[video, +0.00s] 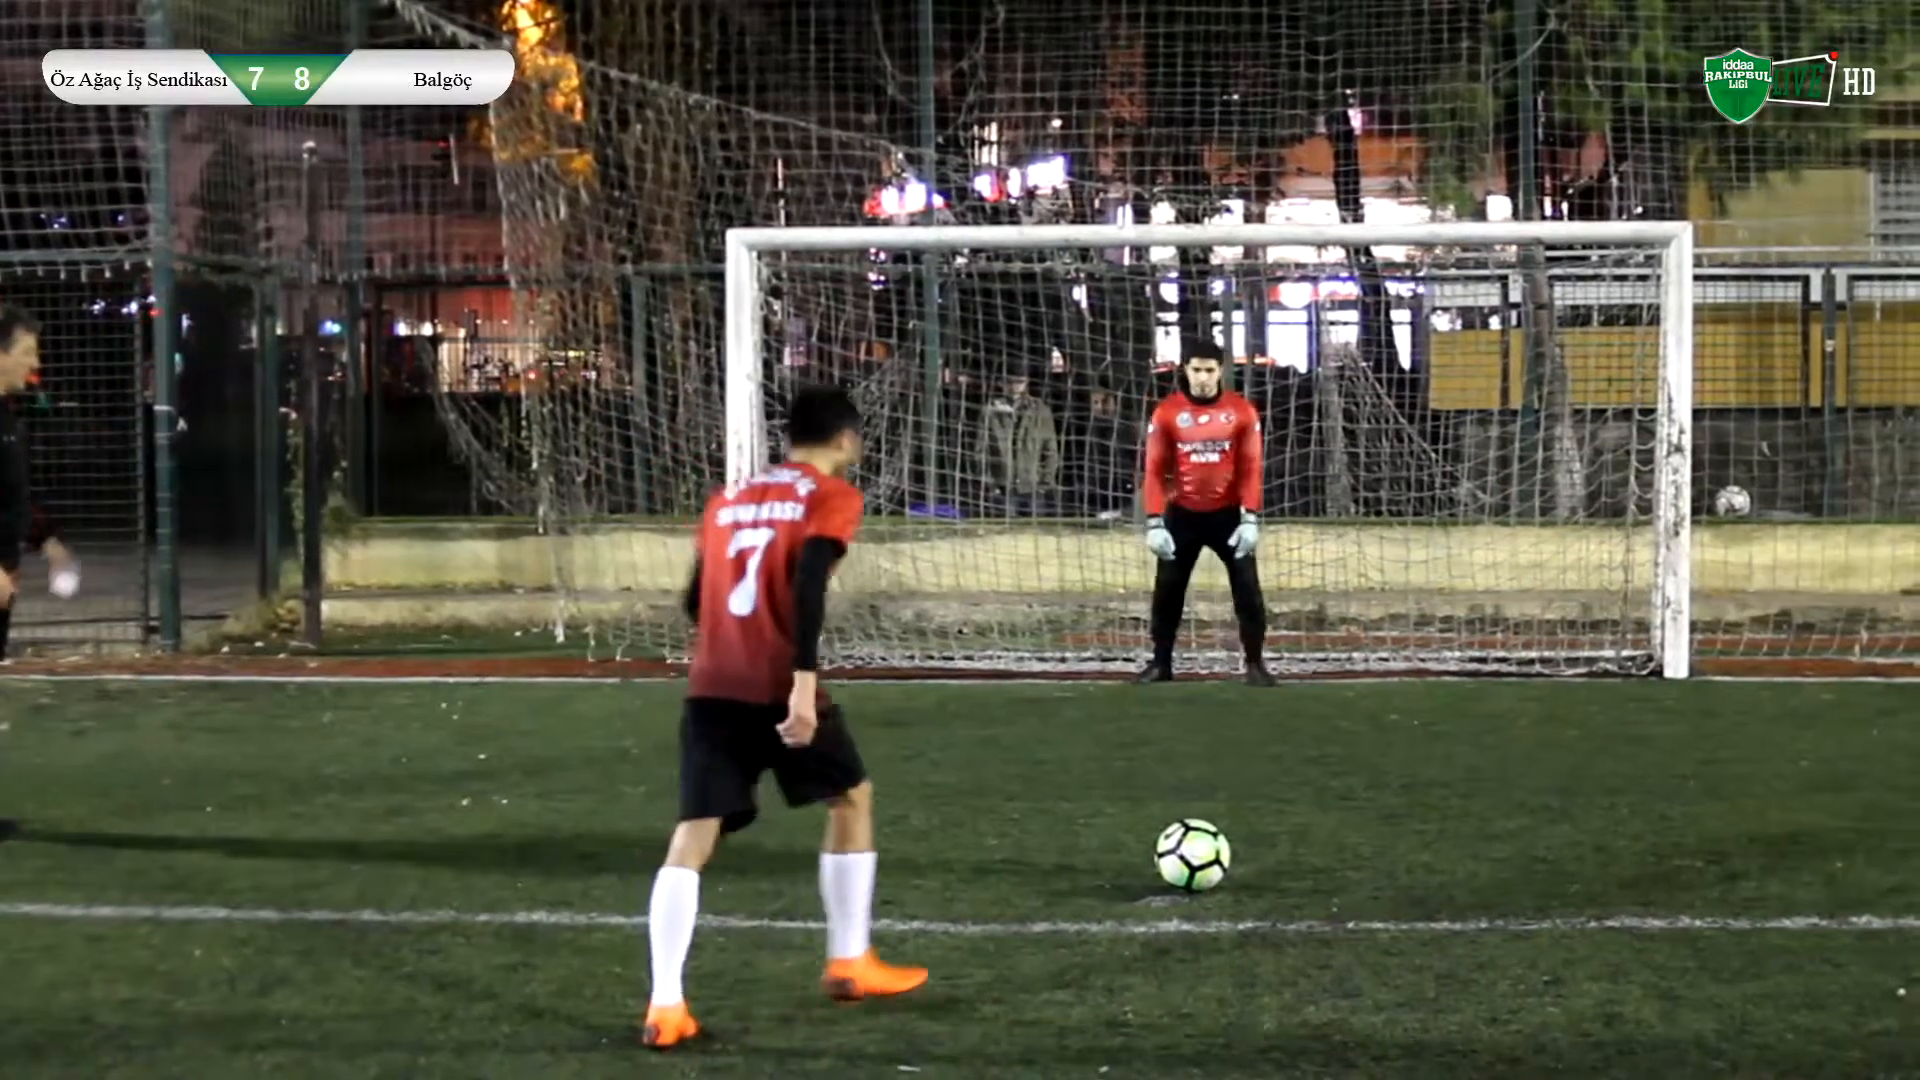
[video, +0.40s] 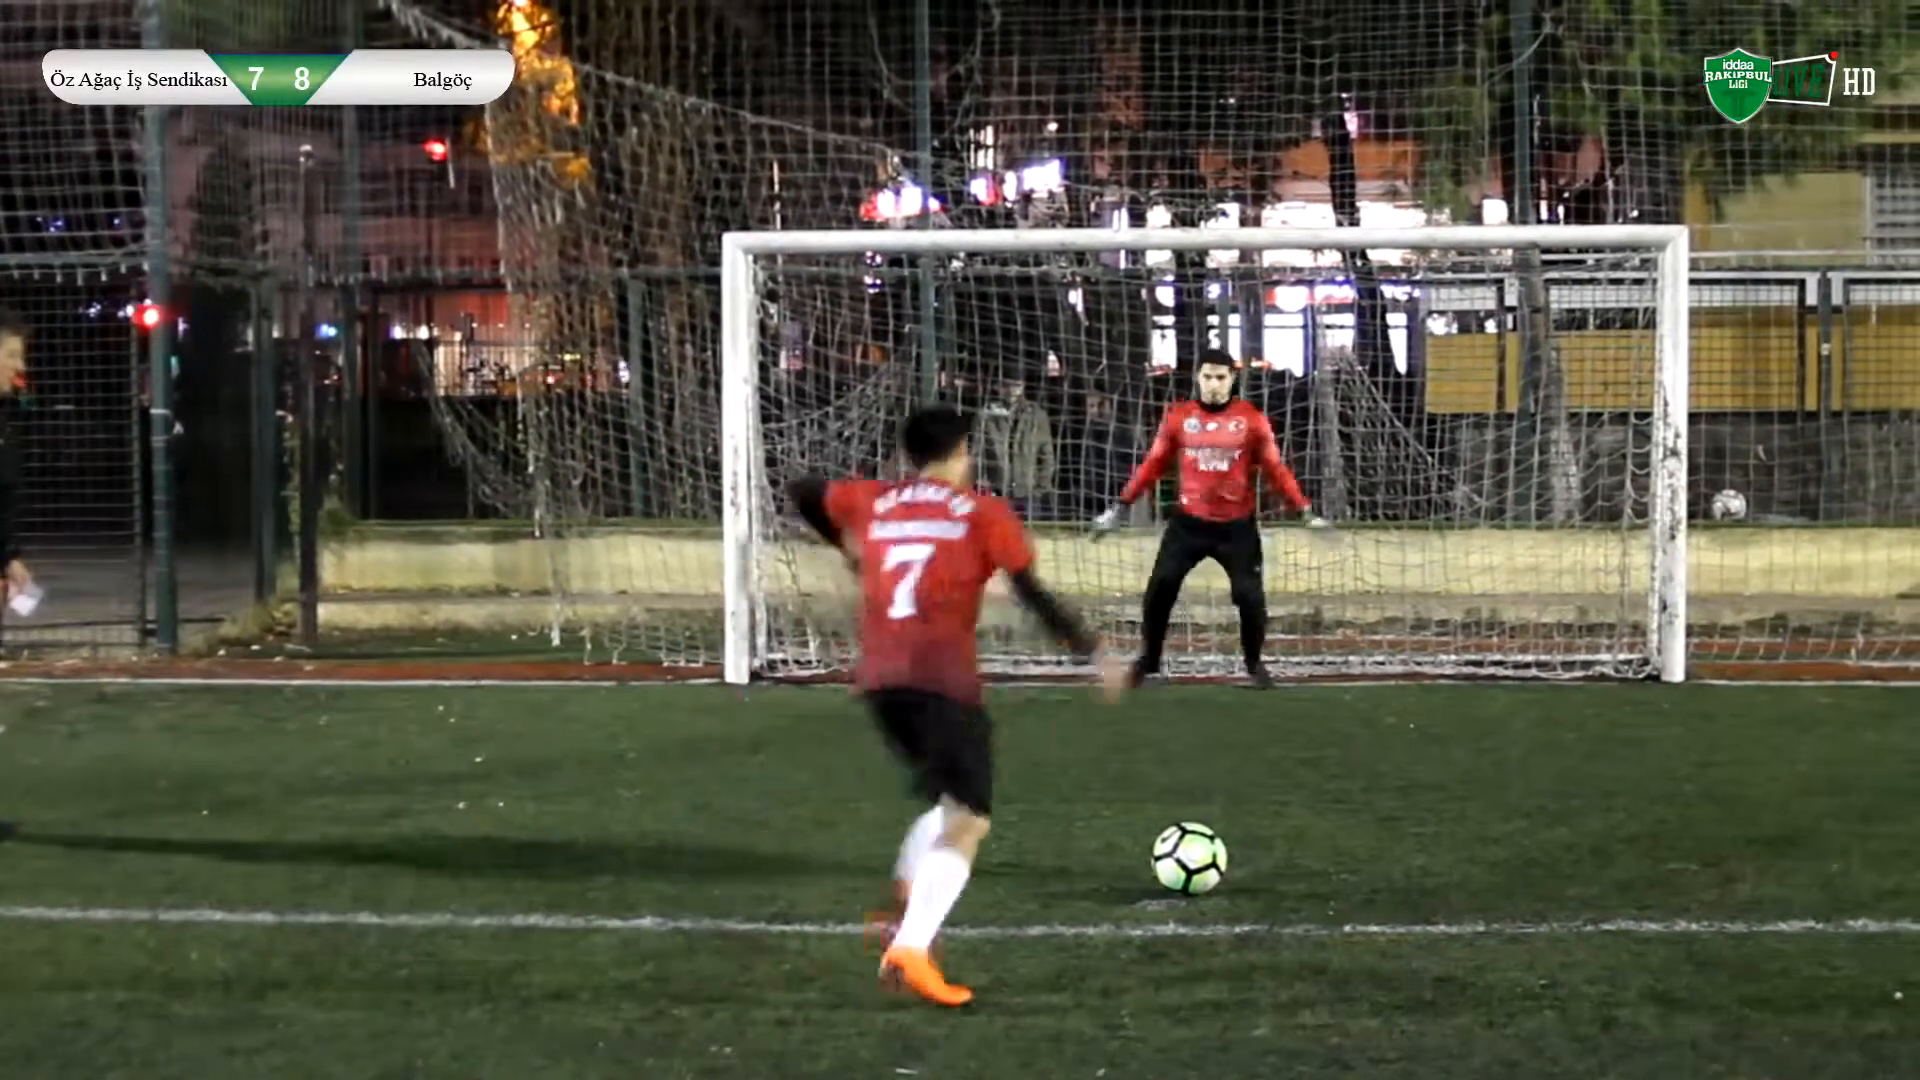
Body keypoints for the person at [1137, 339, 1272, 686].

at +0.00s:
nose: (1202, 378)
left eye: (1209, 371)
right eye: (1196, 370)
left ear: (1220, 371)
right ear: (1185, 371)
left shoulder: (1242, 412)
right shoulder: (1167, 413)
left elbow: (1252, 468)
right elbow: (1154, 470)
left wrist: (1250, 516)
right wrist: (1155, 520)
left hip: (1228, 516)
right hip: (1181, 516)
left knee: (1248, 591)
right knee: (1167, 591)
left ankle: (1254, 663)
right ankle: (1161, 662)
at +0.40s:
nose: (1214, 384)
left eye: (1221, 378)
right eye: (1208, 377)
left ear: (1232, 380)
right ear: (1197, 379)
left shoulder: (1252, 419)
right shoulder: (1179, 416)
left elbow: (1275, 466)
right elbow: (1154, 461)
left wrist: (1303, 505)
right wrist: (1123, 501)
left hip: (1236, 529)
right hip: (1188, 527)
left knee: (1251, 598)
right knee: (1159, 589)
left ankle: (1254, 662)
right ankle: (1150, 661)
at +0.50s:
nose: (1206, 434)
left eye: (1213, 426)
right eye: (1199, 426)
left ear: (1226, 428)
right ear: (1189, 429)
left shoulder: (1250, 458)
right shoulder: (1180, 460)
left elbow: (1277, 498)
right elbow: (1148, 496)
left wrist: (1309, 539)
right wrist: (1111, 525)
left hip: (1246, 545)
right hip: (1199, 545)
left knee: (1270, 592)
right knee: (1159, 602)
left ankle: (1234, 657)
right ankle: (1112, 678)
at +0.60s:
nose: (1210, 474)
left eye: (1217, 465)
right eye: (1203, 465)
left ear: (1229, 467)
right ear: (1193, 469)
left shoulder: (1254, 496)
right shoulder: (1184, 498)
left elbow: (1282, 530)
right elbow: (1150, 530)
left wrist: (1306, 565)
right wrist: (1112, 557)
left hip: (1248, 570)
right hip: (1201, 568)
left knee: (1280, 598)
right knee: (1154, 615)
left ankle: (1244, 671)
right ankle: (1109, 680)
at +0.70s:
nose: (1253, 497)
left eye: (1261, 491)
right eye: (1247, 489)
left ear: (1274, 497)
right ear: (1233, 494)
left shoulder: (1287, 529)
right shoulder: (1217, 522)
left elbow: (1308, 566)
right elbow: (1188, 549)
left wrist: (1319, 579)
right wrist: (1169, 563)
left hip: (1258, 609)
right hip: (1216, 602)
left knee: (1292, 629)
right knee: (1161, 636)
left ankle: (1239, 692)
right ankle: (1098, 686)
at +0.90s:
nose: (1421, 526)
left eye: (1422, 522)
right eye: (1416, 519)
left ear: (1419, 530)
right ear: (1404, 518)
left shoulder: (1415, 563)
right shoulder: (1372, 540)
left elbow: (1460, 572)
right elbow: (1383, 521)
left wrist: (1482, 546)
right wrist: (1427, 505)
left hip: (1337, 651)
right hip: (1310, 626)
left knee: (1339, 707)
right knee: (1234, 661)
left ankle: (1263, 705)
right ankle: (1150, 694)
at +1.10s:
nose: (1562, 609)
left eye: (1566, 607)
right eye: (1556, 601)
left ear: (1565, 614)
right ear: (1544, 596)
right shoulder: (1525, 602)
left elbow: (1592, 656)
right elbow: (1561, 588)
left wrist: (1623, 648)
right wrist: (1609, 601)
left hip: (1478, 693)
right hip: (1462, 659)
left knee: (1412, 707)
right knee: (1387, 661)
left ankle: (1339, 712)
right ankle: (1325, 681)